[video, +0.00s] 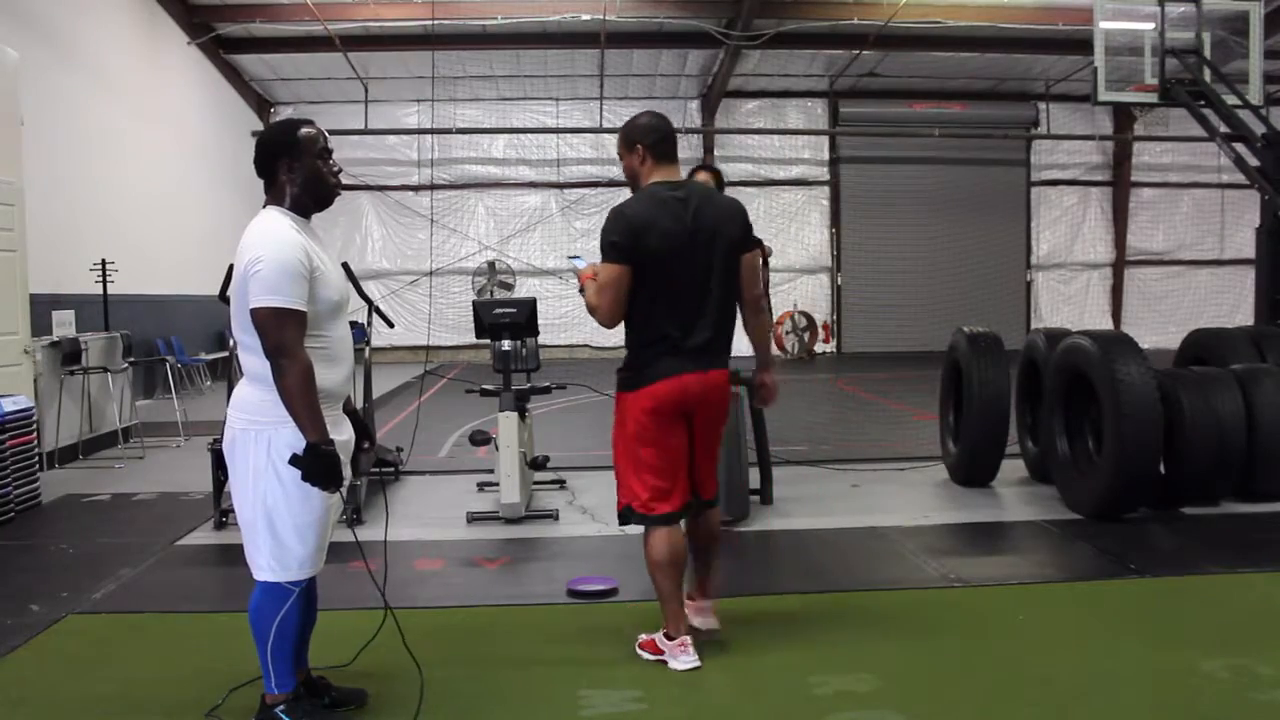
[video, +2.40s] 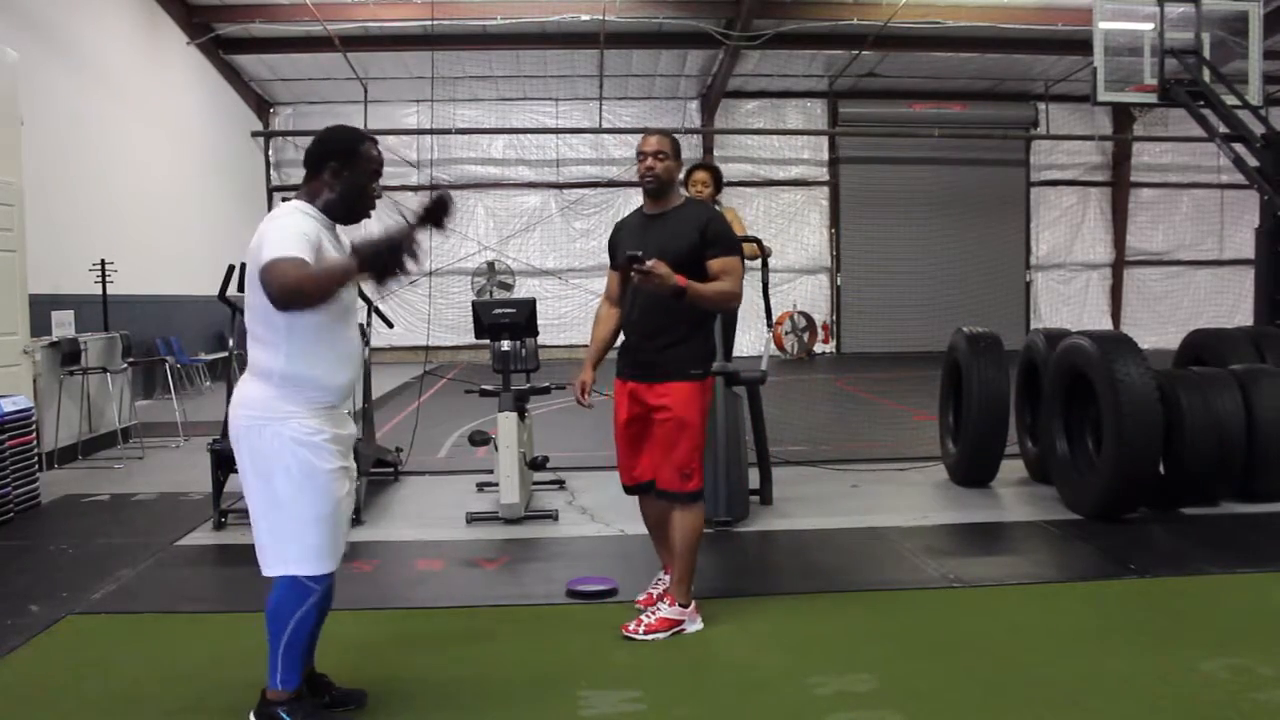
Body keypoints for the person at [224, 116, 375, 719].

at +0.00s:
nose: (337, 167)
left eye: (333, 156)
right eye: (324, 157)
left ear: (294, 171)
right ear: (289, 169)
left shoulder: (297, 238)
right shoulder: (274, 242)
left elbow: (311, 346)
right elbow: (284, 355)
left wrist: (350, 409)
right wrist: (317, 442)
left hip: (299, 427)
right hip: (276, 431)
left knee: (300, 566)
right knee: (283, 571)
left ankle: (297, 680)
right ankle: (281, 697)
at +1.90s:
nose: (357, 187)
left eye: (357, 174)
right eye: (350, 174)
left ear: (315, 175)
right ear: (312, 173)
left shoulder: (310, 235)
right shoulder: (279, 236)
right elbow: (268, 337)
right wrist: (266, 425)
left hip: (319, 427)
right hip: (289, 431)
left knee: (305, 568)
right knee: (288, 573)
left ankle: (298, 680)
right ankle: (279, 699)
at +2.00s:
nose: (370, 189)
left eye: (370, 177)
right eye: (363, 175)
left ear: (324, 175)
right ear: (324, 174)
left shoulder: (318, 236)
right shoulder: (282, 235)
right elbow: (243, 321)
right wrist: (202, 383)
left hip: (323, 429)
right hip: (291, 434)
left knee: (306, 566)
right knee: (287, 571)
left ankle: (299, 681)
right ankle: (278, 698)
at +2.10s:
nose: (378, 191)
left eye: (379, 179)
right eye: (371, 178)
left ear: (332, 177)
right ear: (330, 175)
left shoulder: (324, 239)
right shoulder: (284, 233)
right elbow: (237, 309)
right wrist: (191, 310)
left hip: (326, 426)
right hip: (292, 431)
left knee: (307, 565)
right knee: (289, 572)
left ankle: (297, 683)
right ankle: (280, 700)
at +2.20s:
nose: (378, 192)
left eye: (379, 179)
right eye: (370, 178)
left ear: (333, 178)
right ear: (331, 176)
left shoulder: (326, 235)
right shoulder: (289, 227)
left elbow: (327, 339)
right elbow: (241, 301)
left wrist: (356, 420)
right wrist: (240, 245)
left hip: (324, 426)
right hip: (290, 430)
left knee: (307, 566)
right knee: (290, 571)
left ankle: (299, 681)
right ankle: (280, 698)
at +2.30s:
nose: (369, 194)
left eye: (371, 185)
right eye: (363, 182)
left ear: (326, 174)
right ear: (330, 176)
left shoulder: (326, 234)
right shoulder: (286, 220)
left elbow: (353, 230)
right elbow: (262, 287)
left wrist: (375, 192)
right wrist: (313, 222)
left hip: (323, 423)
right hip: (287, 426)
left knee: (310, 562)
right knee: (292, 567)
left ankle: (299, 681)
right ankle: (279, 698)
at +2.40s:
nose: (378, 192)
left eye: (379, 180)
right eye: (371, 179)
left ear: (334, 177)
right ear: (332, 174)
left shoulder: (328, 232)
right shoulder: (290, 224)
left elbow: (366, 265)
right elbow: (286, 288)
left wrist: (416, 228)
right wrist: (363, 260)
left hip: (319, 420)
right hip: (283, 423)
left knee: (319, 562)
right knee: (304, 567)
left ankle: (299, 678)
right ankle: (280, 698)